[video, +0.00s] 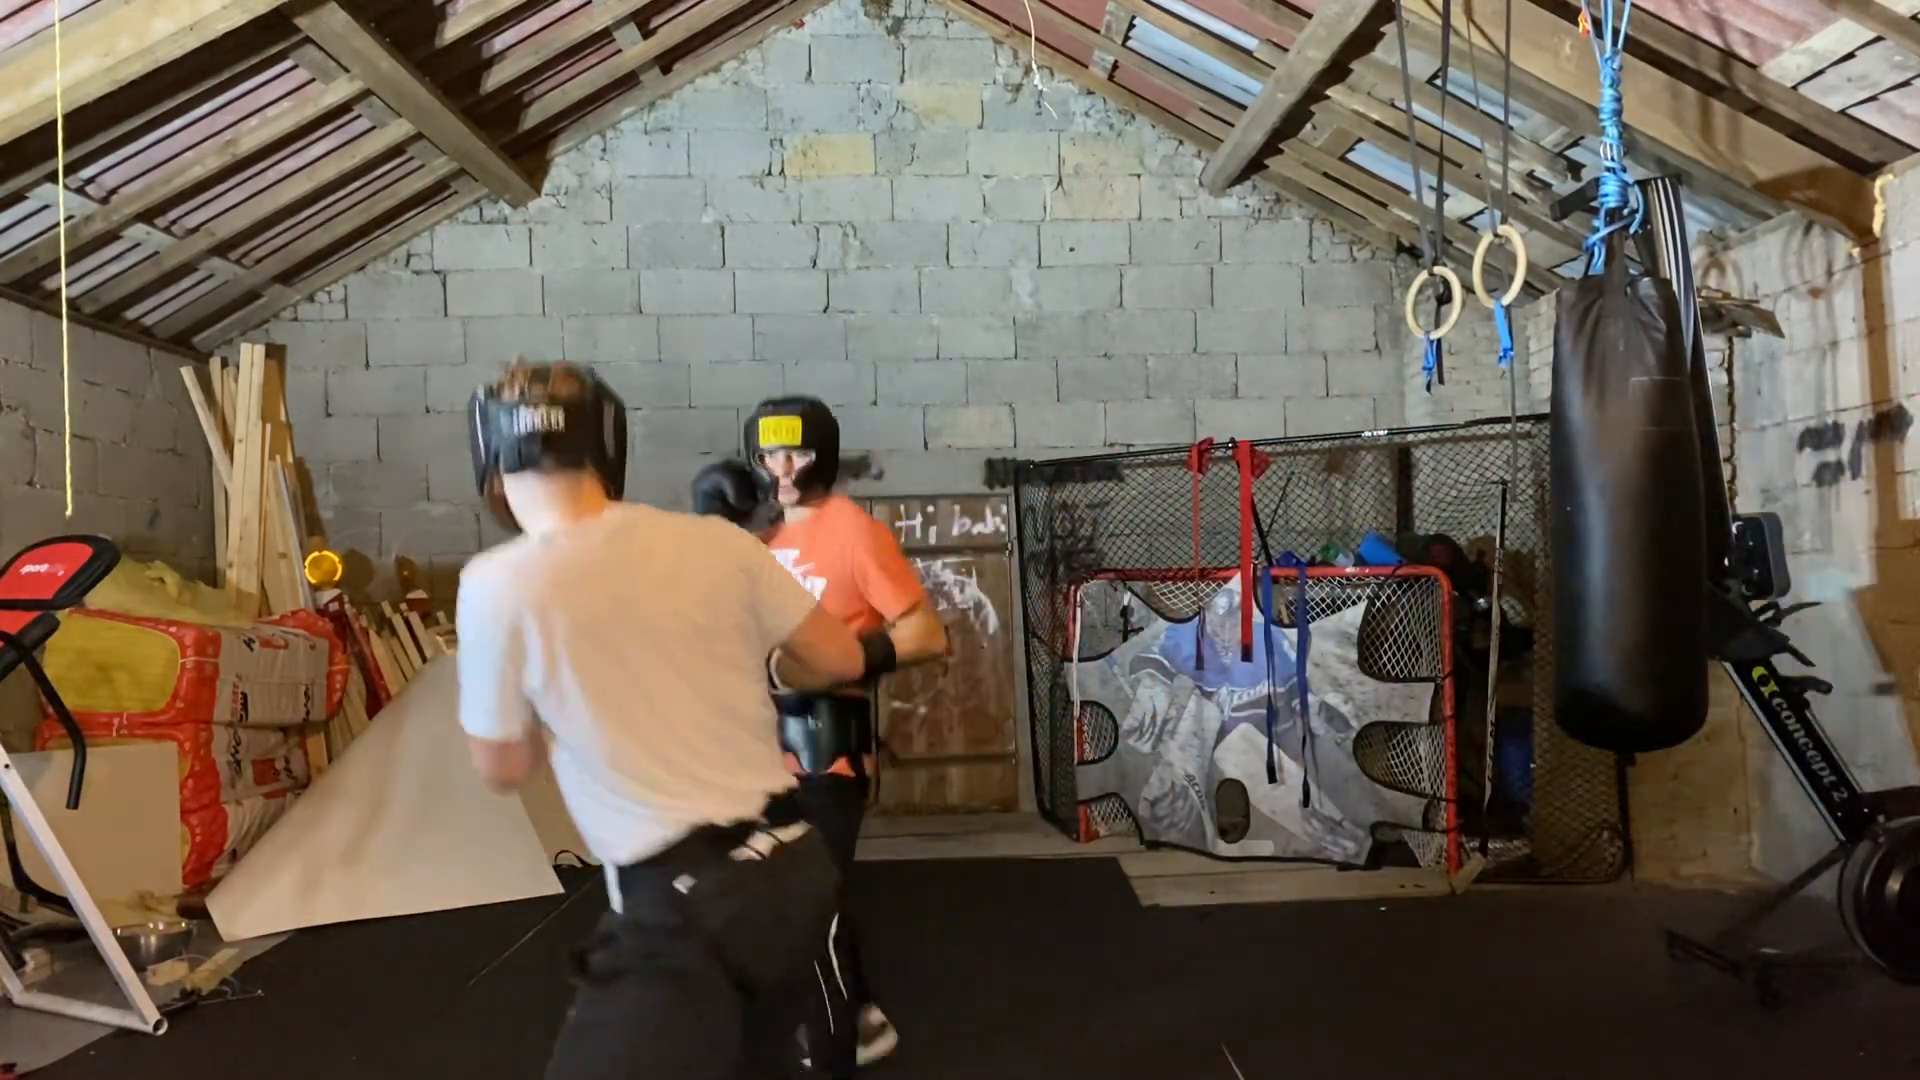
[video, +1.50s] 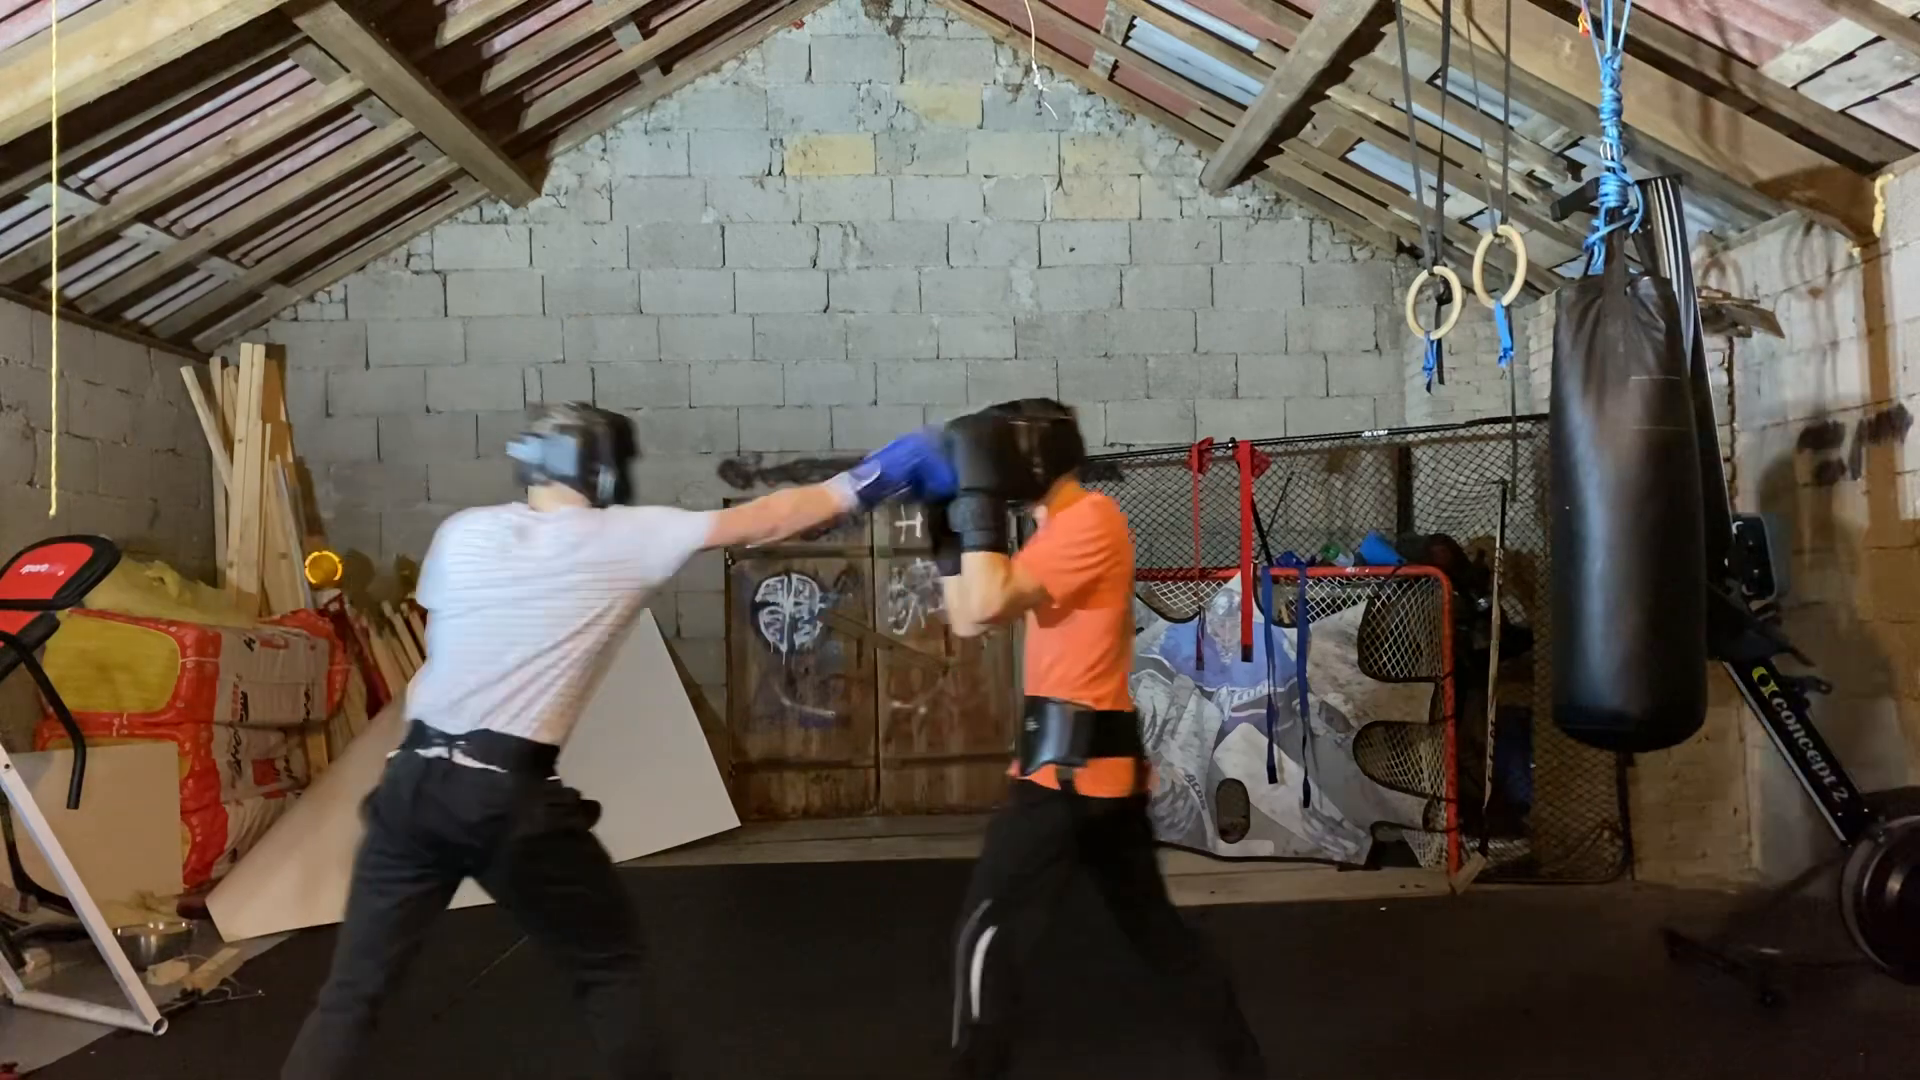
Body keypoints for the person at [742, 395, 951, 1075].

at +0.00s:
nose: (779, 468)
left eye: (791, 453)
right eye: (769, 455)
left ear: (821, 455)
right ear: (760, 461)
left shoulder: (856, 530)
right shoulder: (761, 532)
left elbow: (927, 634)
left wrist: (824, 660)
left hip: (831, 741)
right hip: (765, 736)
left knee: (818, 897)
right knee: (803, 888)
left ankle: (826, 1044)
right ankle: (860, 1012)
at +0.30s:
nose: (801, 482)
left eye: (813, 468)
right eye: (789, 469)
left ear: (842, 468)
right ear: (777, 473)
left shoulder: (884, 536)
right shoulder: (773, 546)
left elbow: (926, 646)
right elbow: (744, 631)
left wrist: (868, 593)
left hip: (858, 726)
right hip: (797, 727)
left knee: (840, 901)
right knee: (813, 897)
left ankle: (870, 1047)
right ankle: (866, 1024)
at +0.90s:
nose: (840, 484)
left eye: (846, 469)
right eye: (837, 473)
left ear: (879, 463)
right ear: (848, 479)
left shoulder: (943, 514)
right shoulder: (870, 536)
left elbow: (898, 587)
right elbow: (803, 609)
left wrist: (881, 490)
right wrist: (787, 519)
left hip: (950, 736)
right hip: (900, 734)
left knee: (893, 911)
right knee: (921, 900)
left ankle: (918, 1069)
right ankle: (967, 1051)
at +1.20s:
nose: (878, 473)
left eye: (882, 459)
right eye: (878, 458)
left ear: (912, 457)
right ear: (935, 450)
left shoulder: (981, 508)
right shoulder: (947, 515)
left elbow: (888, 592)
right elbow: (873, 611)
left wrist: (876, 488)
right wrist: (836, 523)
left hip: (994, 735)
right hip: (989, 730)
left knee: (946, 921)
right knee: (1013, 899)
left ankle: (959, 1067)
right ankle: (1029, 1044)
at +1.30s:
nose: (914, 463)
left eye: (917, 450)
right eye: (915, 447)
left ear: (943, 451)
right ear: (964, 445)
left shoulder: (1013, 502)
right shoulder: (977, 509)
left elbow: (918, 591)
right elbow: (904, 603)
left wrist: (906, 484)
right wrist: (867, 519)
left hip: (1016, 747)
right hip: (1015, 741)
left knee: (972, 928)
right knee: (1044, 906)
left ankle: (977, 1068)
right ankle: (1138, 1046)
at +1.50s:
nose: (997, 469)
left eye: (1003, 456)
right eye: (998, 454)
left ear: (1028, 460)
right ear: (1058, 455)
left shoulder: (1088, 522)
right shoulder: (1067, 523)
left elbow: (978, 608)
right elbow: (968, 615)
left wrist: (976, 499)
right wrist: (949, 523)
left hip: (1072, 761)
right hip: (1099, 758)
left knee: (984, 928)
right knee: (1153, 927)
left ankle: (974, 1066)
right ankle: (1241, 1061)